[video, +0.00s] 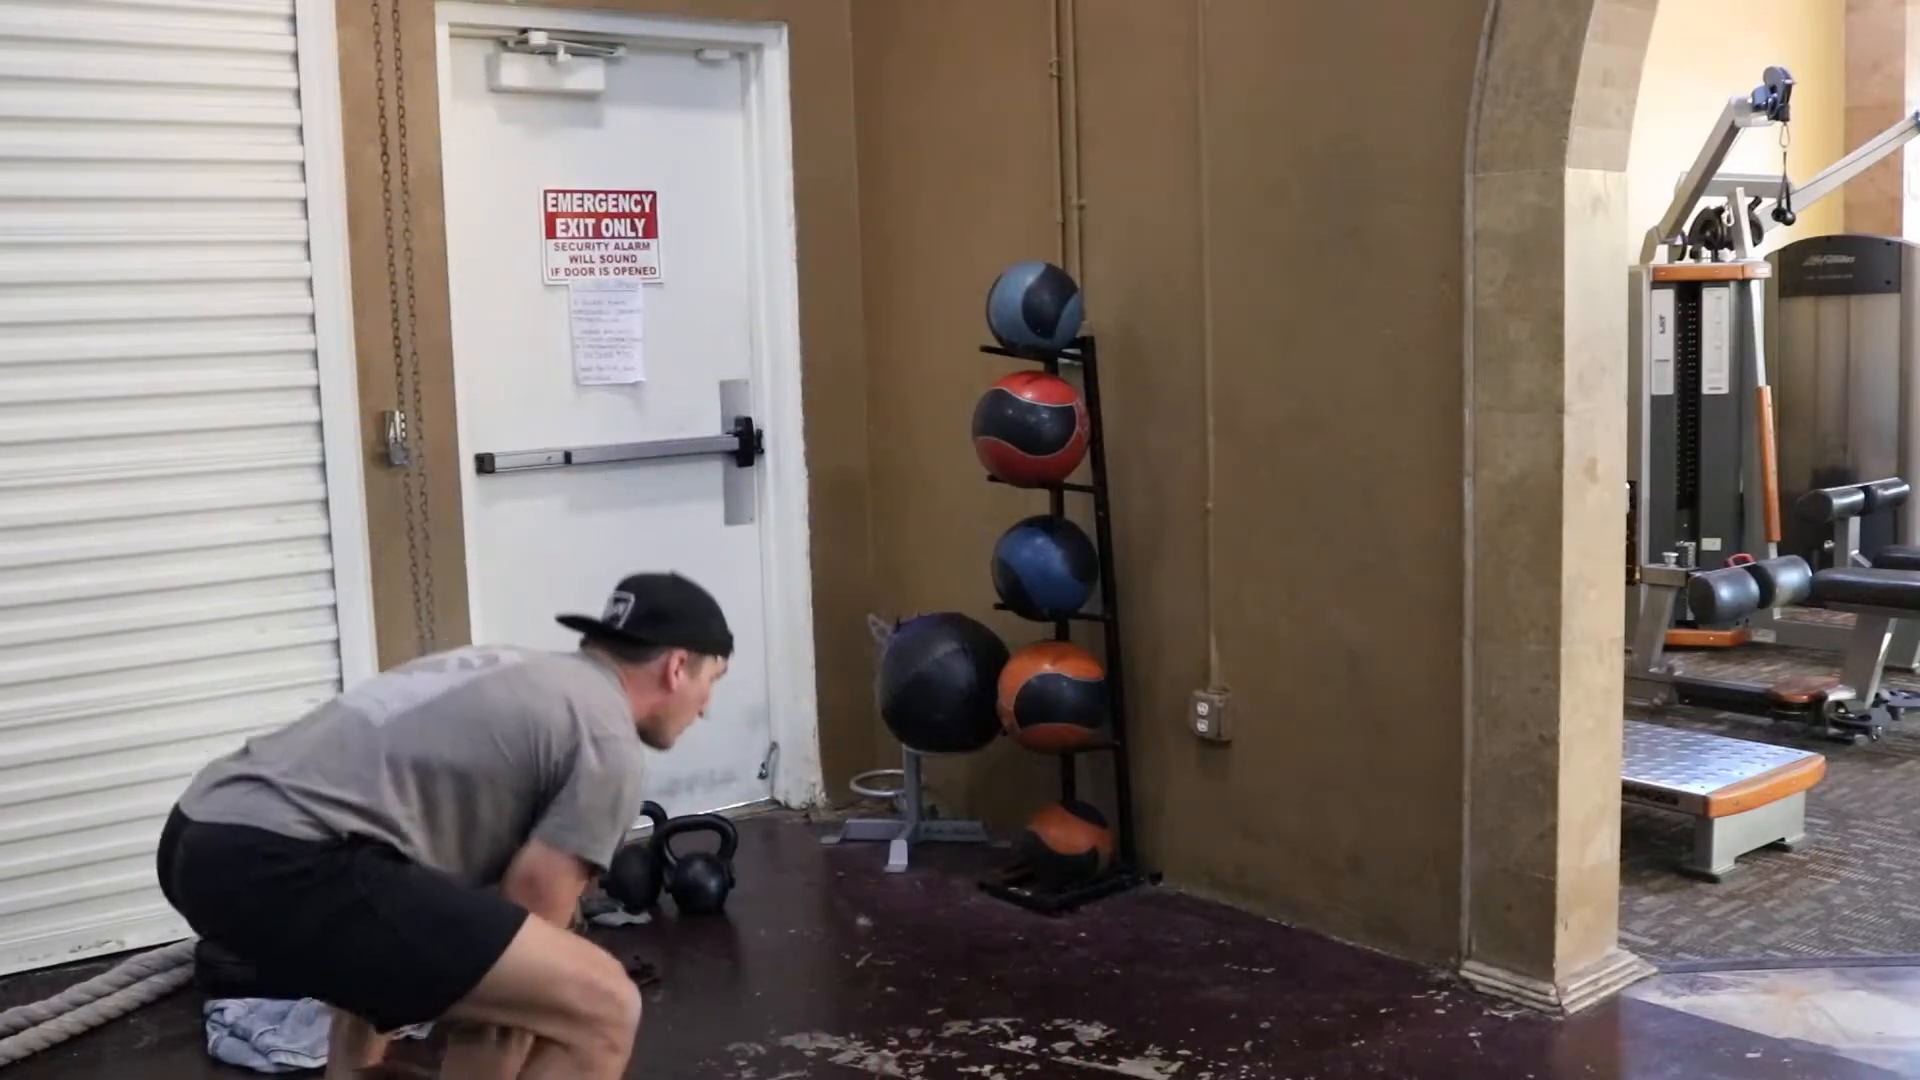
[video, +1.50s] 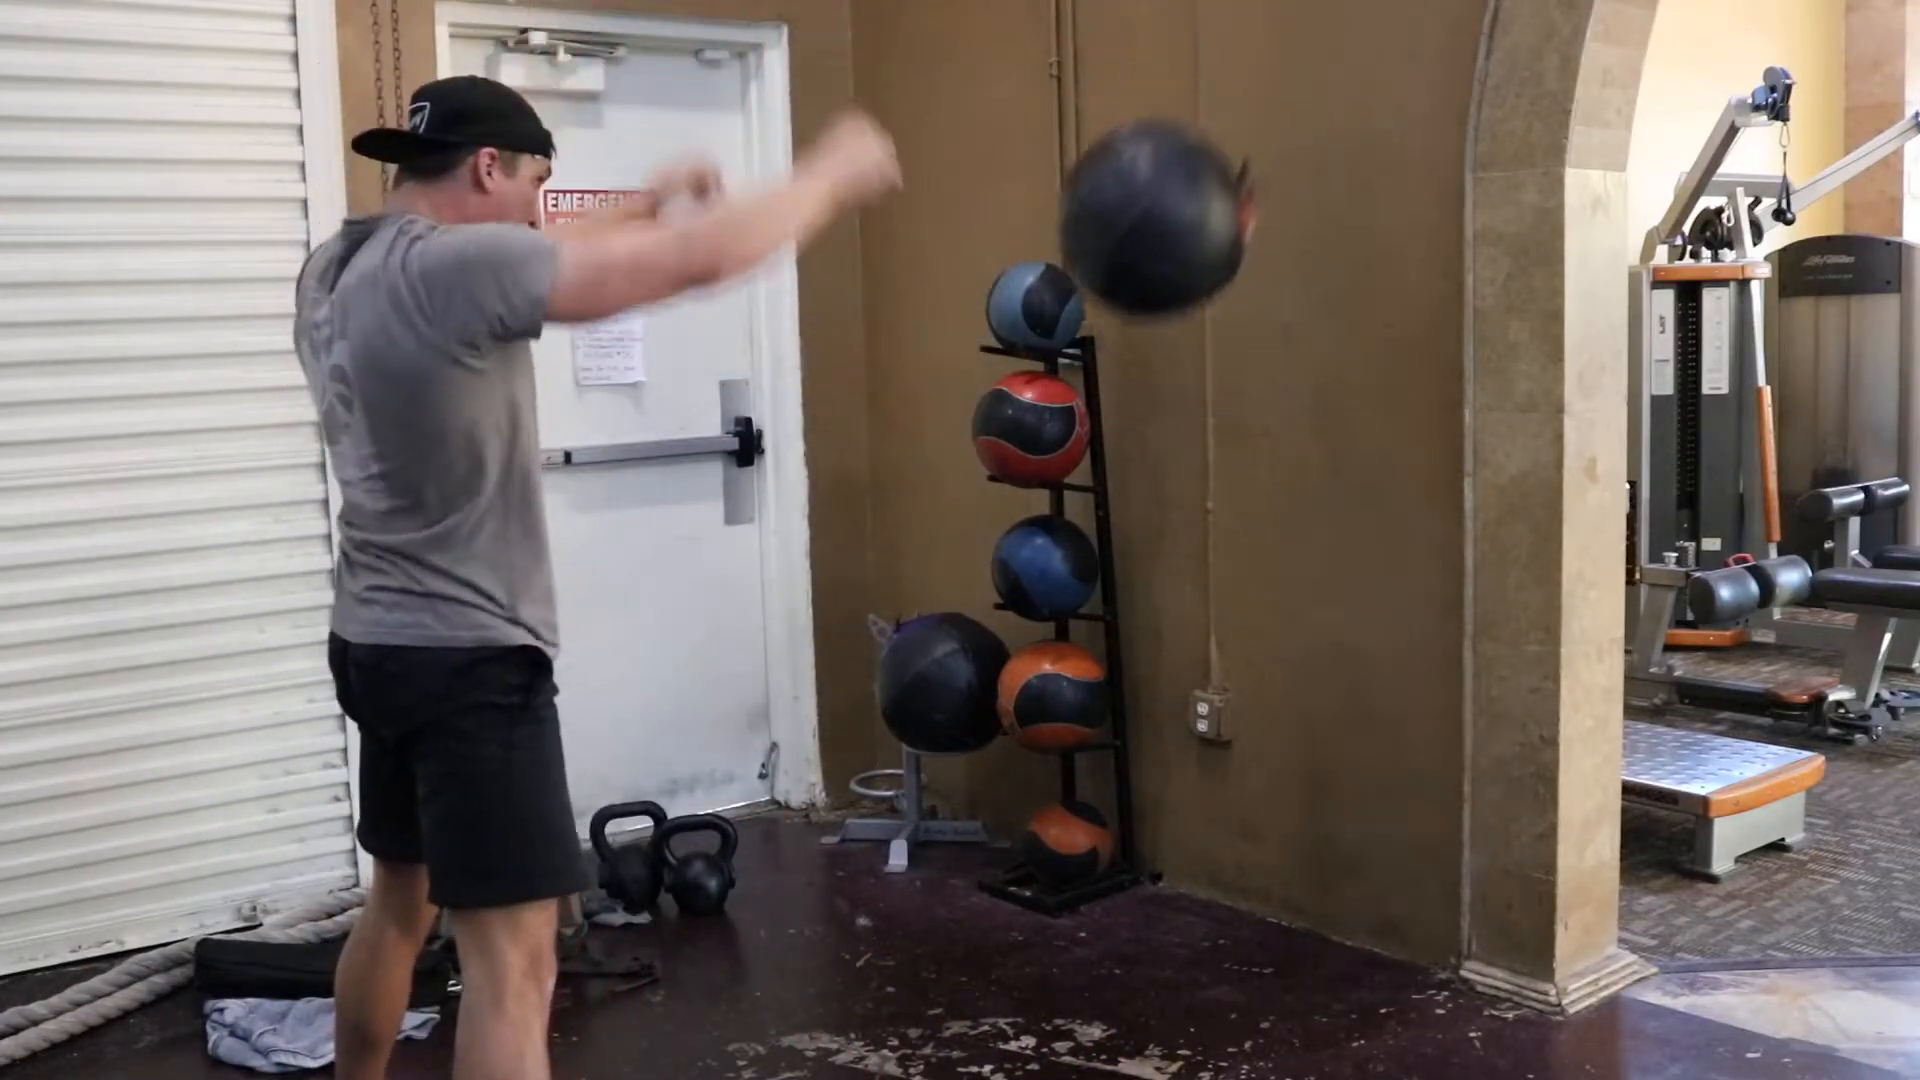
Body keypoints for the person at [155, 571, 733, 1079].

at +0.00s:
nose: (707, 706)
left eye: (714, 684)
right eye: (711, 681)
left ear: (609, 644)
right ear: (675, 669)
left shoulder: (511, 667)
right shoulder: (608, 740)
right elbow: (519, 932)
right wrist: (494, 1045)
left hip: (197, 840)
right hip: (283, 865)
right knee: (602, 1006)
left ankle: (354, 1059)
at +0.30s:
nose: (714, 754)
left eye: (721, 732)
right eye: (720, 729)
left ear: (619, 685)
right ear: (685, 715)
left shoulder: (524, 701)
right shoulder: (618, 790)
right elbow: (492, 962)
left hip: (195, 841)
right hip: (292, 867)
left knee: (368, 967)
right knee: (604, 1009)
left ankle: (311, 1067)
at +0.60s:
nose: (656, 403)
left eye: (655, 379)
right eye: (648, 379)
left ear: (553, 384)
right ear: (608, 387)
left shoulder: (461, 460)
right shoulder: (569, 507)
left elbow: (444, 740)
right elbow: (538, 759)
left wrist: (484, 942)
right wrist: (517, 975)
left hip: (243, 724)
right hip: (335, 748)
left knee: (381, 885)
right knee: (583, 999)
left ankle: (340, 1066)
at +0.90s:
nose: (471, 179)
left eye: (466, 157)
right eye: (461, 154)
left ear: (372, 153)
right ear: (408, 153)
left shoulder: (306, 267)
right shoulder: (432, 263)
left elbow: (515, 196)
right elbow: (642, 201)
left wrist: (662, 130)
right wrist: (790, 101)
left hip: (382, 639)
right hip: (487, 641)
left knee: (400, 895)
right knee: (529, 936)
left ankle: (357, 1070)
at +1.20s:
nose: (550, 194)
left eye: (553, 170)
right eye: (546, 167)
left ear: (420, 155)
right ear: (484, 162)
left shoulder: (353, 251)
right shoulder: (463, 254)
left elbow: (397, 49)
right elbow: (554, 21)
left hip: (394, 645)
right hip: (497, 654)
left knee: (391, 913)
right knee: (515, 963)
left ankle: (354, 1072)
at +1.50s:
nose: (535, 205)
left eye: (541, 187)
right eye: (533, 184)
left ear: (427, 168)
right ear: (484, 170)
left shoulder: (335, 262)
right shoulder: (456, 264)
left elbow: (506, 244)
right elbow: (694, 259)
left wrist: (642, 205)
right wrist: (830, 176)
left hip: (373, 642)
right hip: (472, 653)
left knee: (395, 910)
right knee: (510, 962)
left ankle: (355, 1074)